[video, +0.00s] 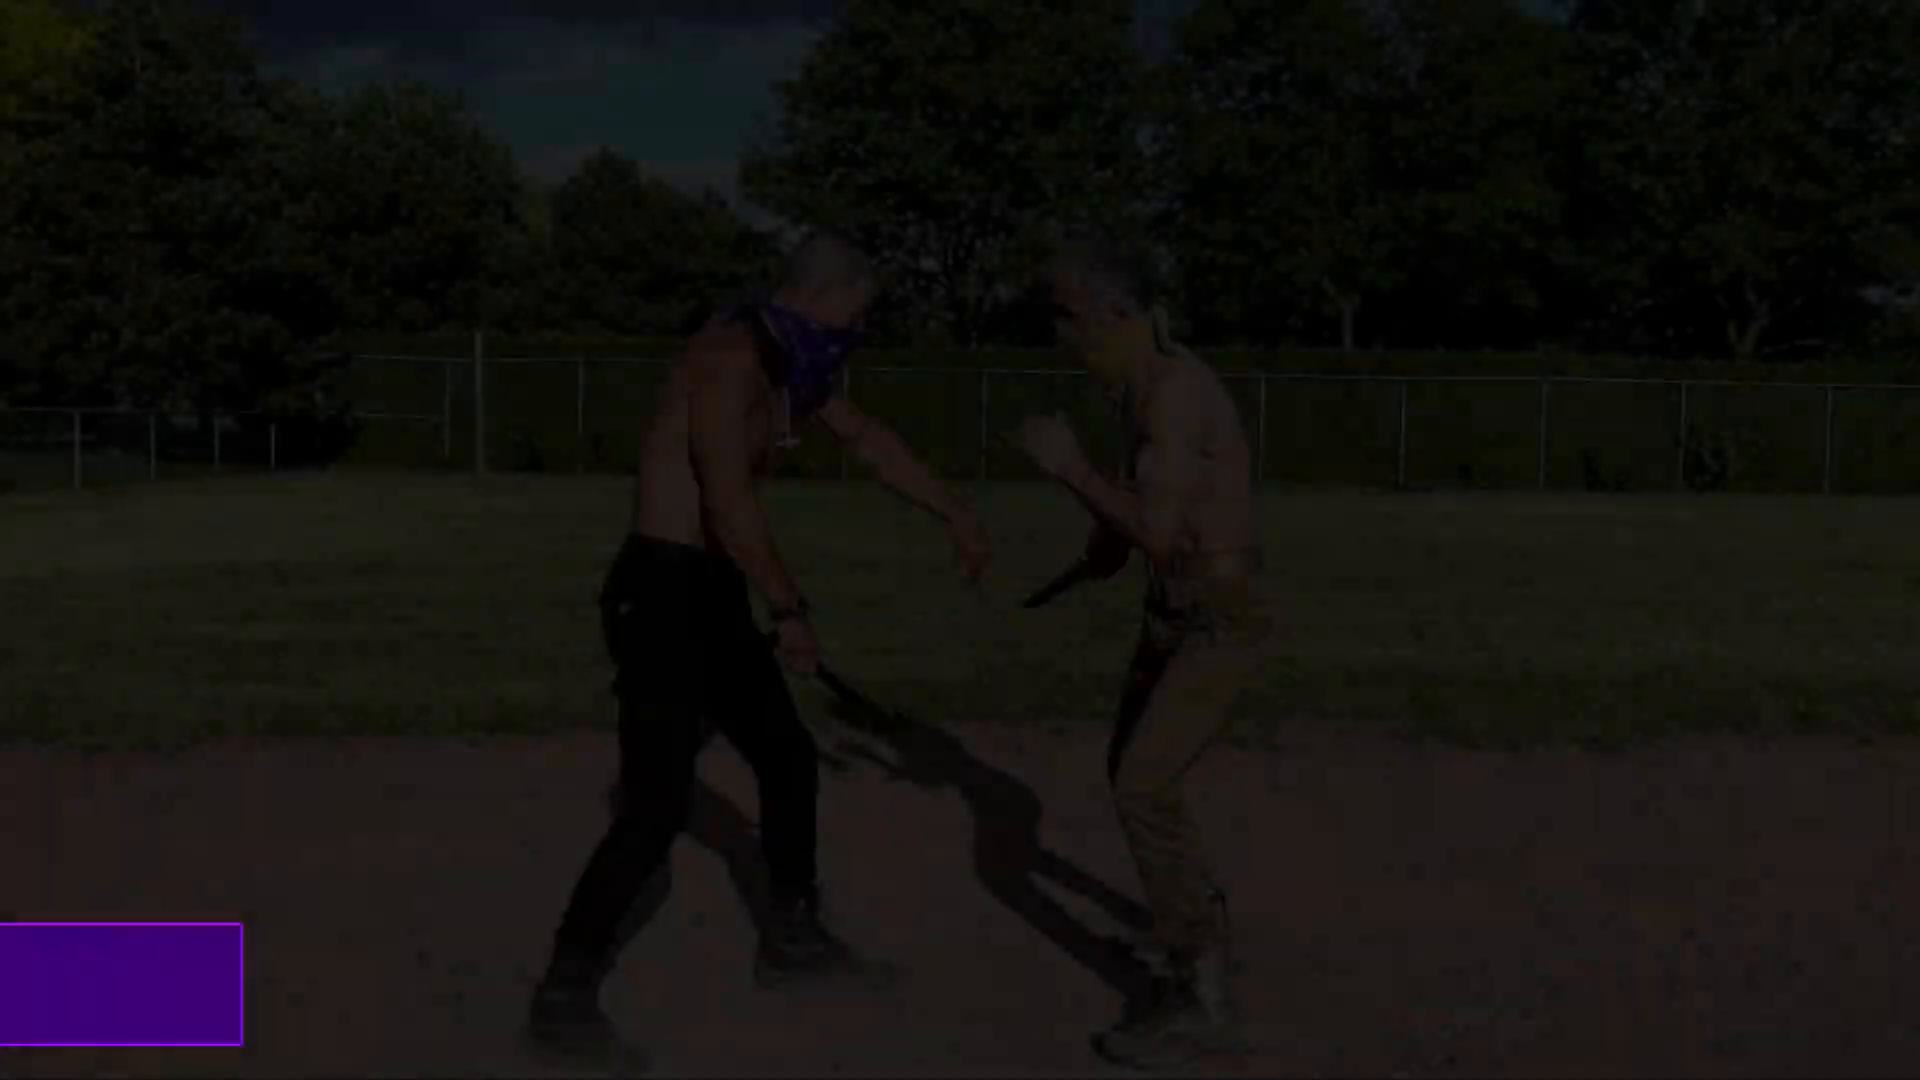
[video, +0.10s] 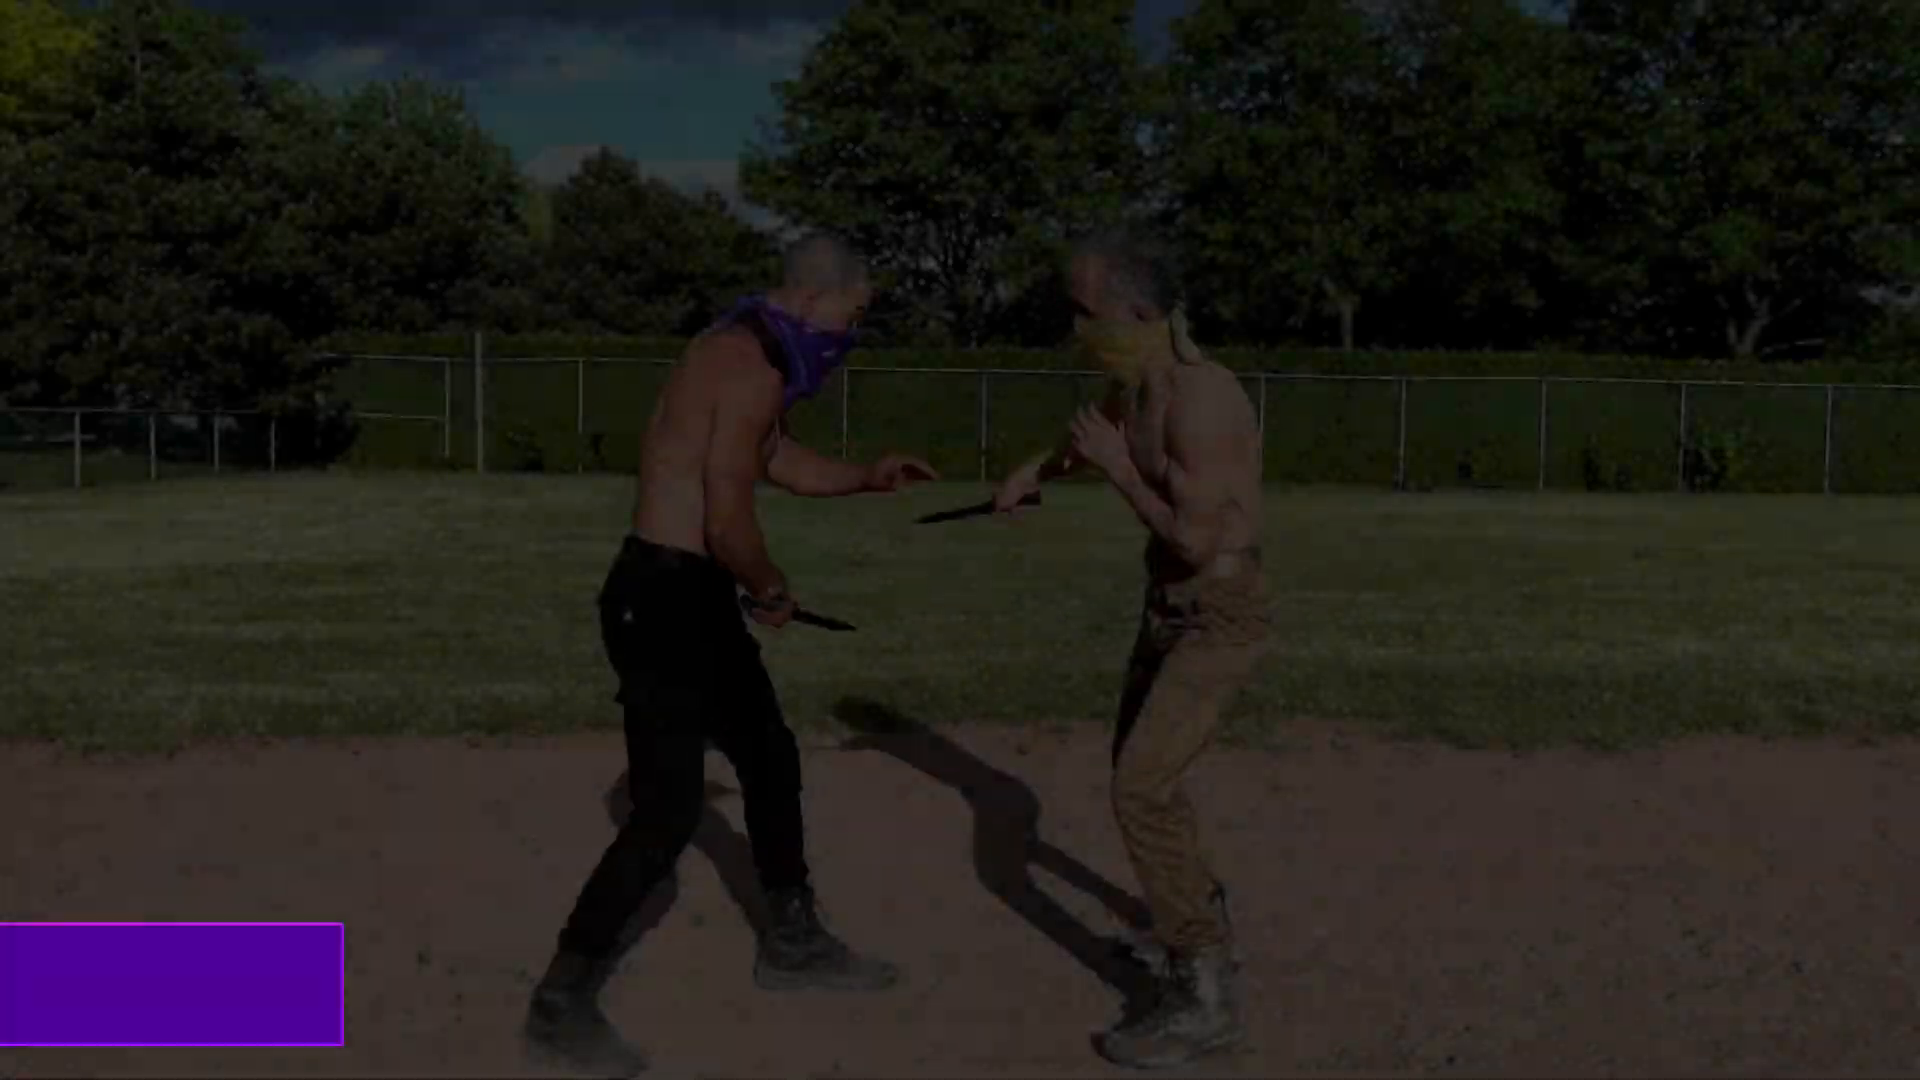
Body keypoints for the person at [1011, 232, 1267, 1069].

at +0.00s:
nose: (1081, 348)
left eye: (1090, 328)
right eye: (1076, 330)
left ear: (1130, 320)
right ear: (1107, 324)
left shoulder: (1178, 394)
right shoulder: (1142, 392)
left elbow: (1162, 533)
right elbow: (1130, 525)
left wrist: (1074, 469)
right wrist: (1067, 583)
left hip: (1222, 624)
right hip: (1177, 617)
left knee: (1144, 779)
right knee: (1132, 773)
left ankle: (1201, 985)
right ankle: (1186, 952)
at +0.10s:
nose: (1080, 334)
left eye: (1089, 317)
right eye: (1079, 318)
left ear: (1134, 316)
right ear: (1135, 317)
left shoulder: (1206, 398)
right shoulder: (1141, 389)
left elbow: (1198, 541)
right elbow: (1105, 448)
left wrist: (1119, 467)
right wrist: (1037, 470)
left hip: (1219, 623)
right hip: (1171, 615)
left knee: (1144, 782)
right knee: (1136, 764)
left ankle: (1205, 994)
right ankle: (1193, 914)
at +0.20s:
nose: (1093, 333)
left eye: (1103, 318)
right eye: (1093, 318)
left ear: (1152, 315)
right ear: (1142, 316)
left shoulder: (1221, 404)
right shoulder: (1133, 377)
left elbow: (1194, 541)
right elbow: (1050, 386)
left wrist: (1116, 458)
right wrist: (947, 417)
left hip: (1227, 615)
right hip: (1174, 607)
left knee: (1154, 779)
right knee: (1131, 758)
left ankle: (1206, 998)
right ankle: (1193, 917)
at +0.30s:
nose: (1098, 323)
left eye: (1112, 307)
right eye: (1097, 308)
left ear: (1164, 308)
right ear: (1136, 311)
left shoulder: (1220, 396)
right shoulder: (1122, 384)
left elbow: (1165, 532)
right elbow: (1087, 428)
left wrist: (1091, 438)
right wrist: (1034, 445)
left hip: (1219, 610)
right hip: (1155, 602)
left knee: (1167, 778)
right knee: (1128, 763)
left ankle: (1213, 997)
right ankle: (1192, 911)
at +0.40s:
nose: (1097, 309)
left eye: (1108, 294)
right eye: (1095, 293)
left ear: (1160, 296)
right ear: (1152, 293)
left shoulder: (1181, 388)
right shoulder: (1174, 354)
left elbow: (1047, 484)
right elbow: (1183, 451)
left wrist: (961, 425)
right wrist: (1135, 498)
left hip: (1207, 607)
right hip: (1165, 595)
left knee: (1159, 782)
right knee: (1131, 761)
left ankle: (1210, 996)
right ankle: (1193, 922)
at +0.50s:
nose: (1084, 297)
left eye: (1094, 284)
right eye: (1084, 280)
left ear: (1140, 291)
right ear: (1159, 291)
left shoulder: (1127, 395)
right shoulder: (1211, 355)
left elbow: (1020, 493)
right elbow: (1249, 451)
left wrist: (922, 530)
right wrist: (1146, 490)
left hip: (1192, 608)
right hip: (1203, 593)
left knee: (1131, 787)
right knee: (1151, 770)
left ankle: (1202, 995)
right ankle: (1201, 928)